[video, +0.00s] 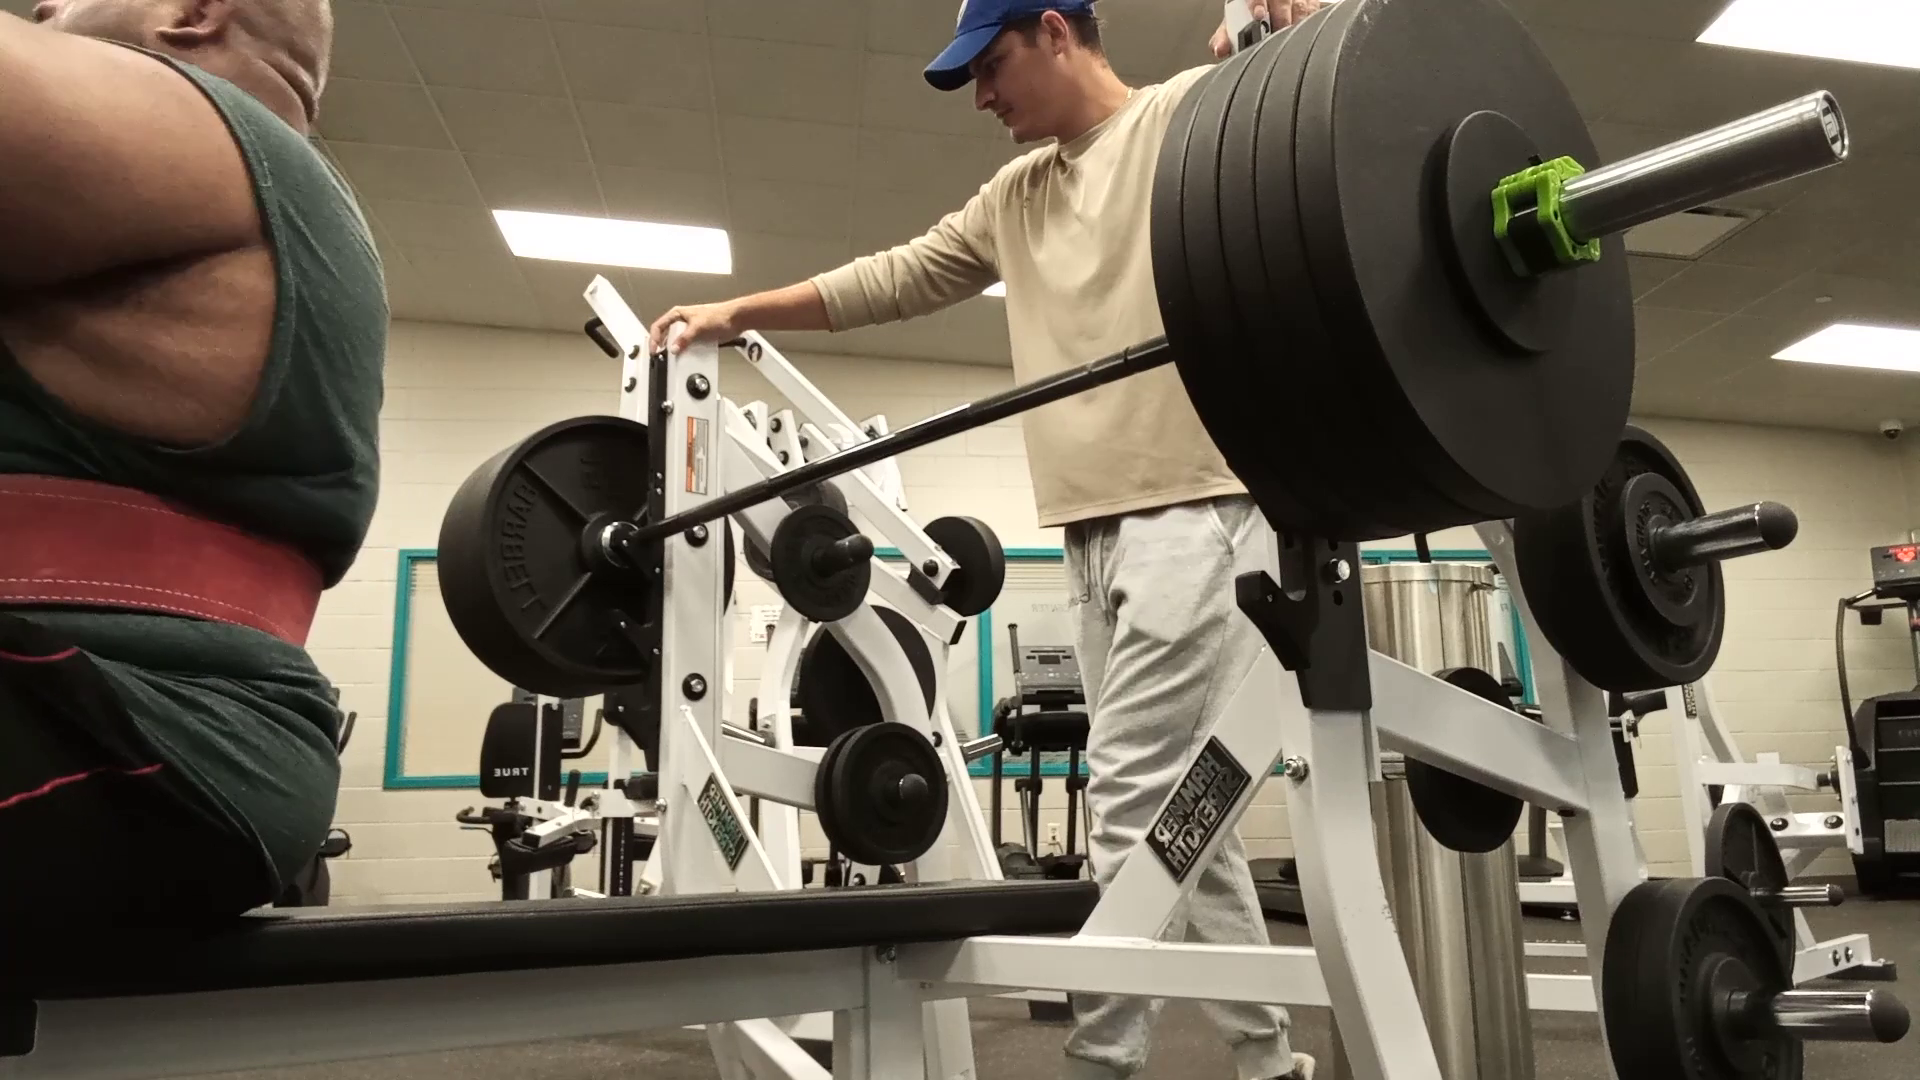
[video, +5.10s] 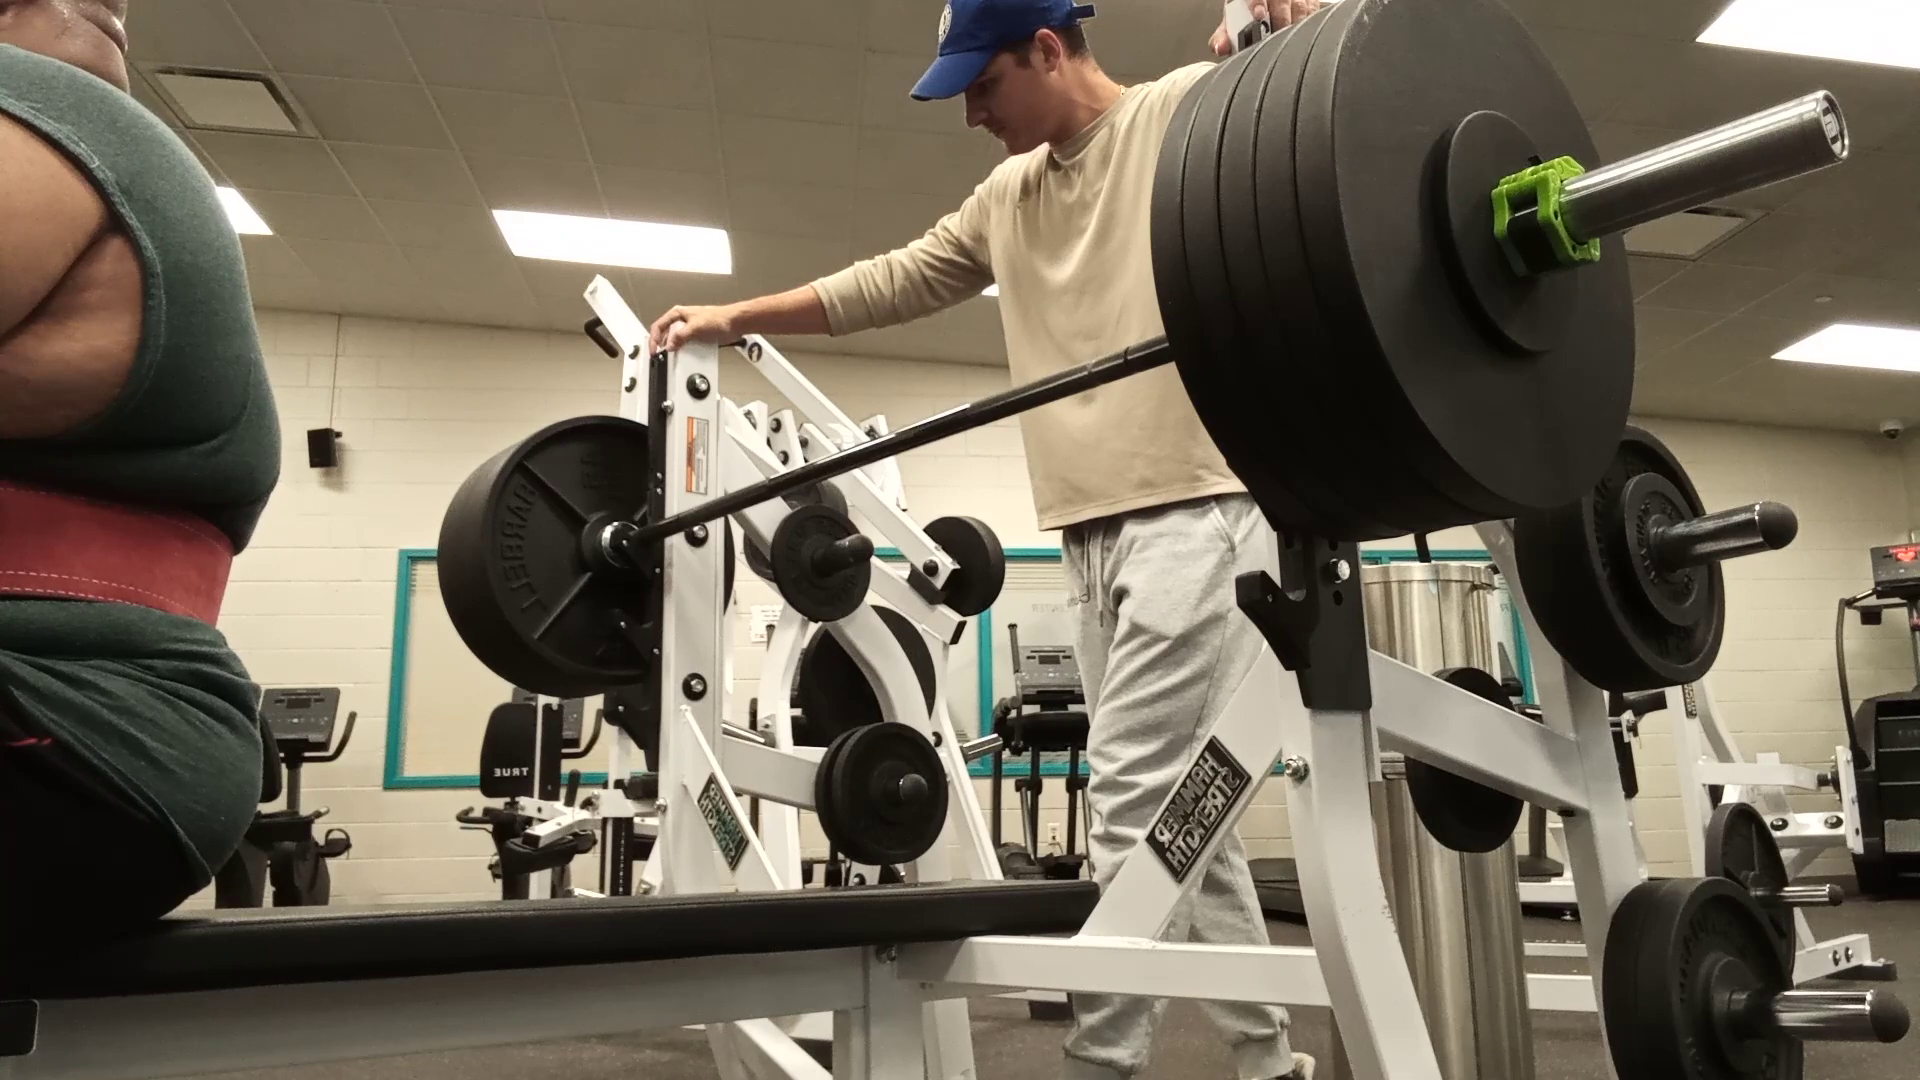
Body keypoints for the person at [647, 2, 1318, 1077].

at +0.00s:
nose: (982, 96)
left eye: (990, 67)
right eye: (974, 80)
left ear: (1059, 32)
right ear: (1038, 50)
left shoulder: (1190, 106)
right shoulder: (1011, 194)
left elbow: (1324, 114)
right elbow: (900, 275)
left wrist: (1295, 38)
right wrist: (737, 309)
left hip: (1198, 509)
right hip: (1093, 529)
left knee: (1129, 795)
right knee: (1178, 806)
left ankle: (1105, 1060)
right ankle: (1263, 1055)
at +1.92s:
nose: (998, 84)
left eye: (1012, 55)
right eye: (985, 68)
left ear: (1078, 24)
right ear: (983, 74)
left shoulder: (1187, 100)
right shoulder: (1005, 192)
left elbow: (1318, 111)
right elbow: (891, 279)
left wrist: (1293, 35)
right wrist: (734, 315)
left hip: (1199, 509)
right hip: (1089, 532)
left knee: (1126, 793)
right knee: (1173, 804)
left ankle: (1101, 1065)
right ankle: (1266, 1060)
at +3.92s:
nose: (972, 114)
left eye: (982, 88)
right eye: (965, 94)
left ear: (1051, 48)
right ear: (1025, 64)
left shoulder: (1185, 102)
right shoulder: (1006, 194)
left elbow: (1317, 113)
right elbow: (897, 279)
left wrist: (1293, 37)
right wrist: (735, 314)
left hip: (1200, 511)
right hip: (1090, 533)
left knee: (1128, 792)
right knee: (1173, 802)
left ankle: (1102, 1064)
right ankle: (1266, 1059)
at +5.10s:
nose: (973, 113)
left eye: (983, 86)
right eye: (966, 93)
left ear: (1052, 47)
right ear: (1022, 65)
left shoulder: (1185, 103)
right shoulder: (1005, 195)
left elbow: (1317, 112)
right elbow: (895, 280)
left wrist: (1288, 38)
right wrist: (735, 314)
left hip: (1201, 511)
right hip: (1091, 534)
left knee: (1129, 794)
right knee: (1174, 806)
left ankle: (1102, 1061)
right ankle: (1265, 1057)